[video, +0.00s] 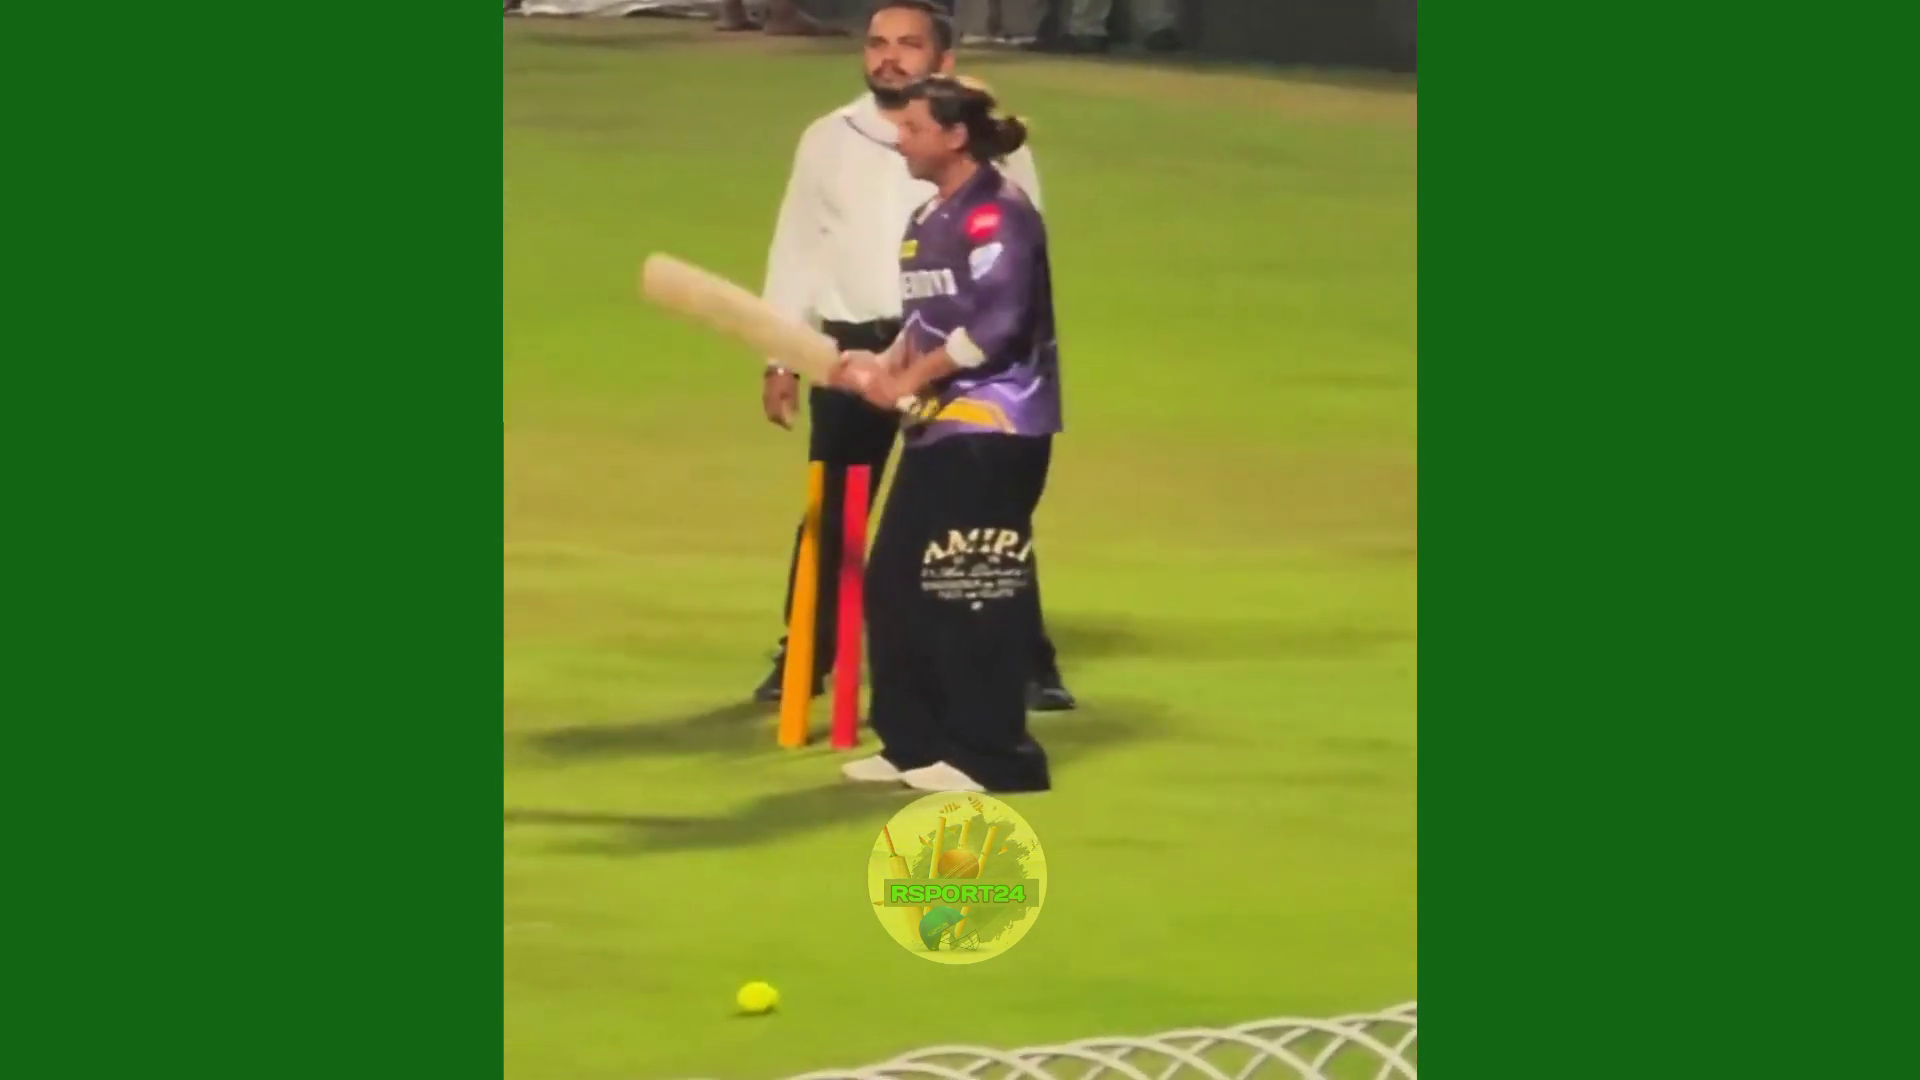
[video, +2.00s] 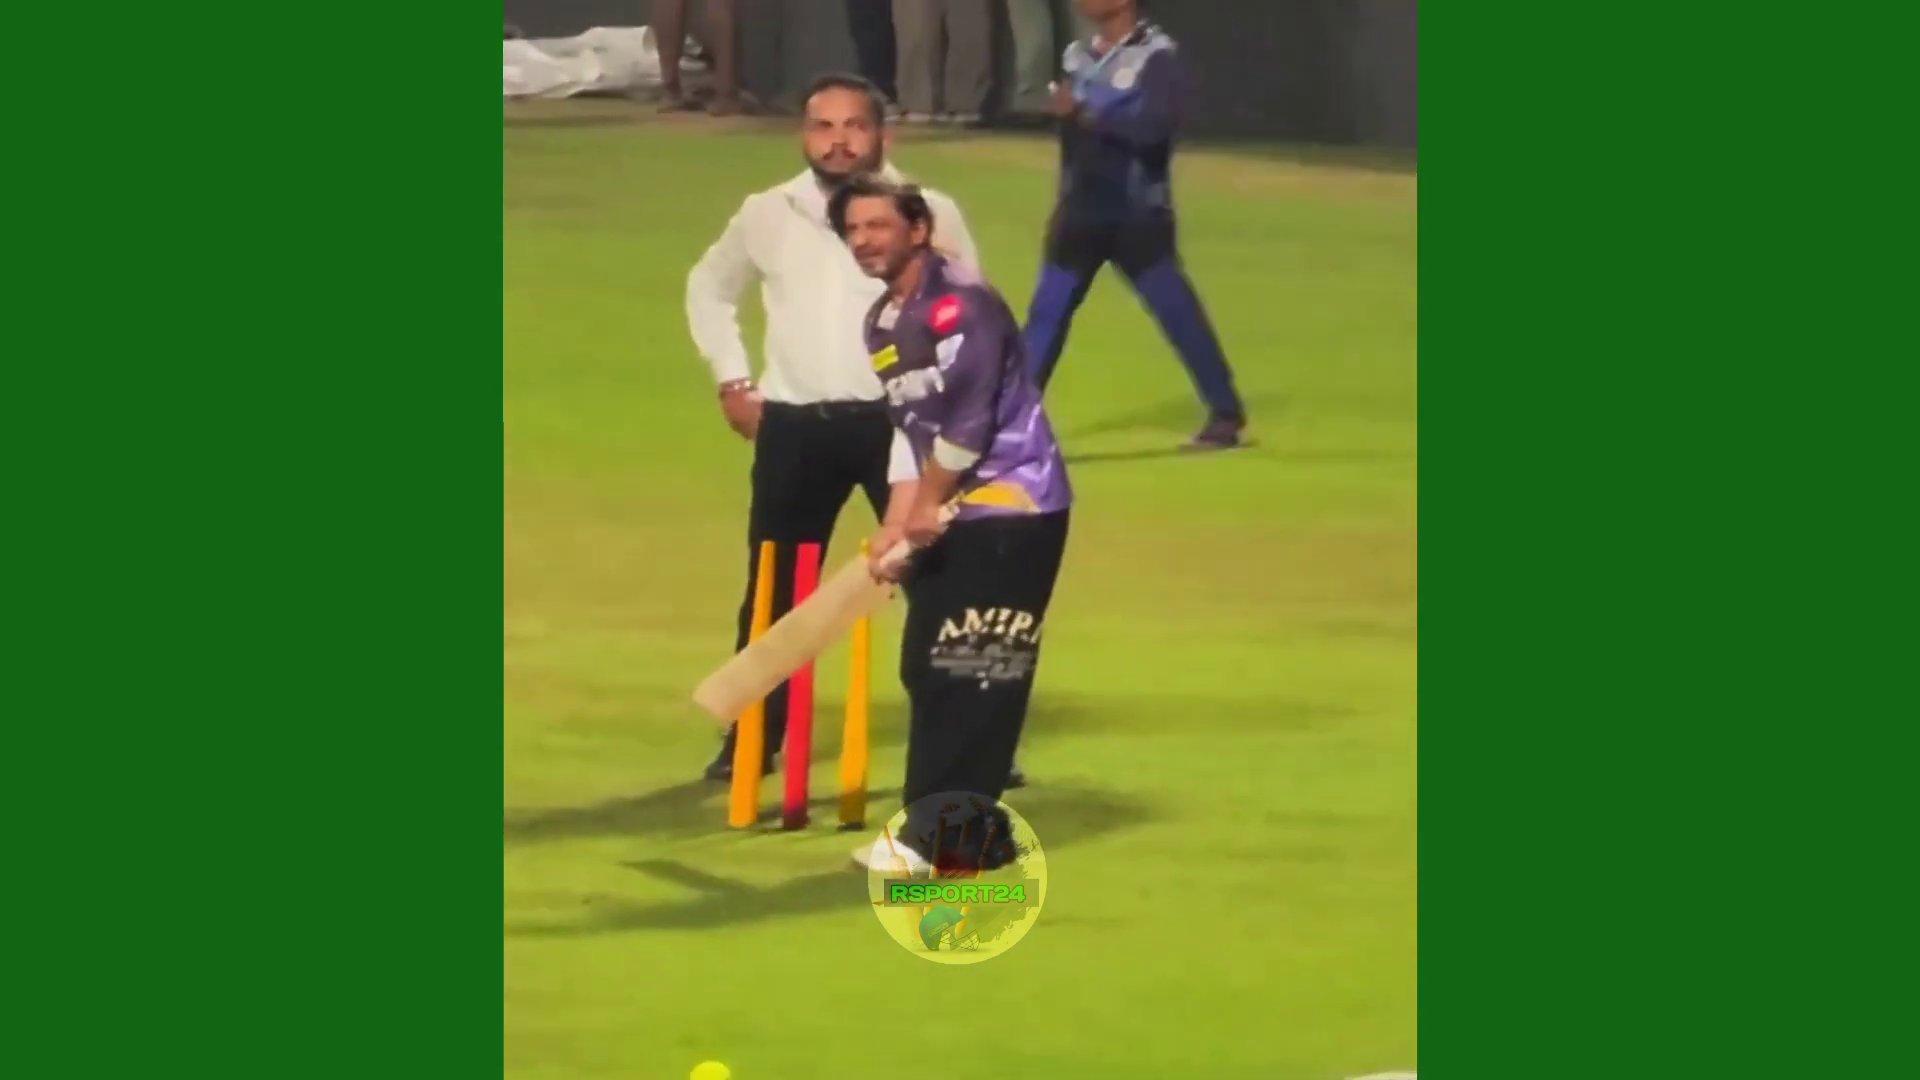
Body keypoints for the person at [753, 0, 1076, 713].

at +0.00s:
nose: (888, 58)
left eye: (906, 44)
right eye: (877, 44)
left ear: (943, 57)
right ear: (862, 53)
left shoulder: (987, 137)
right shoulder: (827, 139)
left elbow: (1023, 249)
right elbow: (794, 249)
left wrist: (996, 345)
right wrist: (784, 359)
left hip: (955, 346)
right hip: (850, 343)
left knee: (994, 518)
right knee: (834, 522)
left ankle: (1031, 665)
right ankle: (802, 664)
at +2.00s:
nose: (837, 139)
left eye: (853, 126)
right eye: (822, 126)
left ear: (880, 135)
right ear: (804, 135)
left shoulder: (927, 212)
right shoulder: (765, 216)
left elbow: (973, 324)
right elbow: (708, 290)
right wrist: (733, 383)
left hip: (900, 430)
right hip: (794, 429)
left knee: (945, 603)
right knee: (772, 598)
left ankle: (974, 755)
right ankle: (752, 747)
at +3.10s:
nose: (768, 165)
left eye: (785, 151)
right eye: (752, 151)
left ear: (813, 156)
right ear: (735, 158)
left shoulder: (864, 238)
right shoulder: (698, 238)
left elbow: (906, 340)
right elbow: (656, 325)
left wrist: (851, 416)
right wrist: (670, 386)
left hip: (839, 456)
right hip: (729, 456)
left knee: (881, 621)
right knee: (699, 614)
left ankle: (914, 775)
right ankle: (679, 761)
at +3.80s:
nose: (736, 121)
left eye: (752, 107)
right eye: (721, 108)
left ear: (780, 116)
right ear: (701, 116)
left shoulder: (832, 198)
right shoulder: (664, 202)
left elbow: (864, 312)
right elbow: (633, 316)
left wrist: (839, 410)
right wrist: (610, 422)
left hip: (802, 408)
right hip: (694, 412)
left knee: (846, 574)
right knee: (666, 573)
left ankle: (886, 722)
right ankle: (656, 719)